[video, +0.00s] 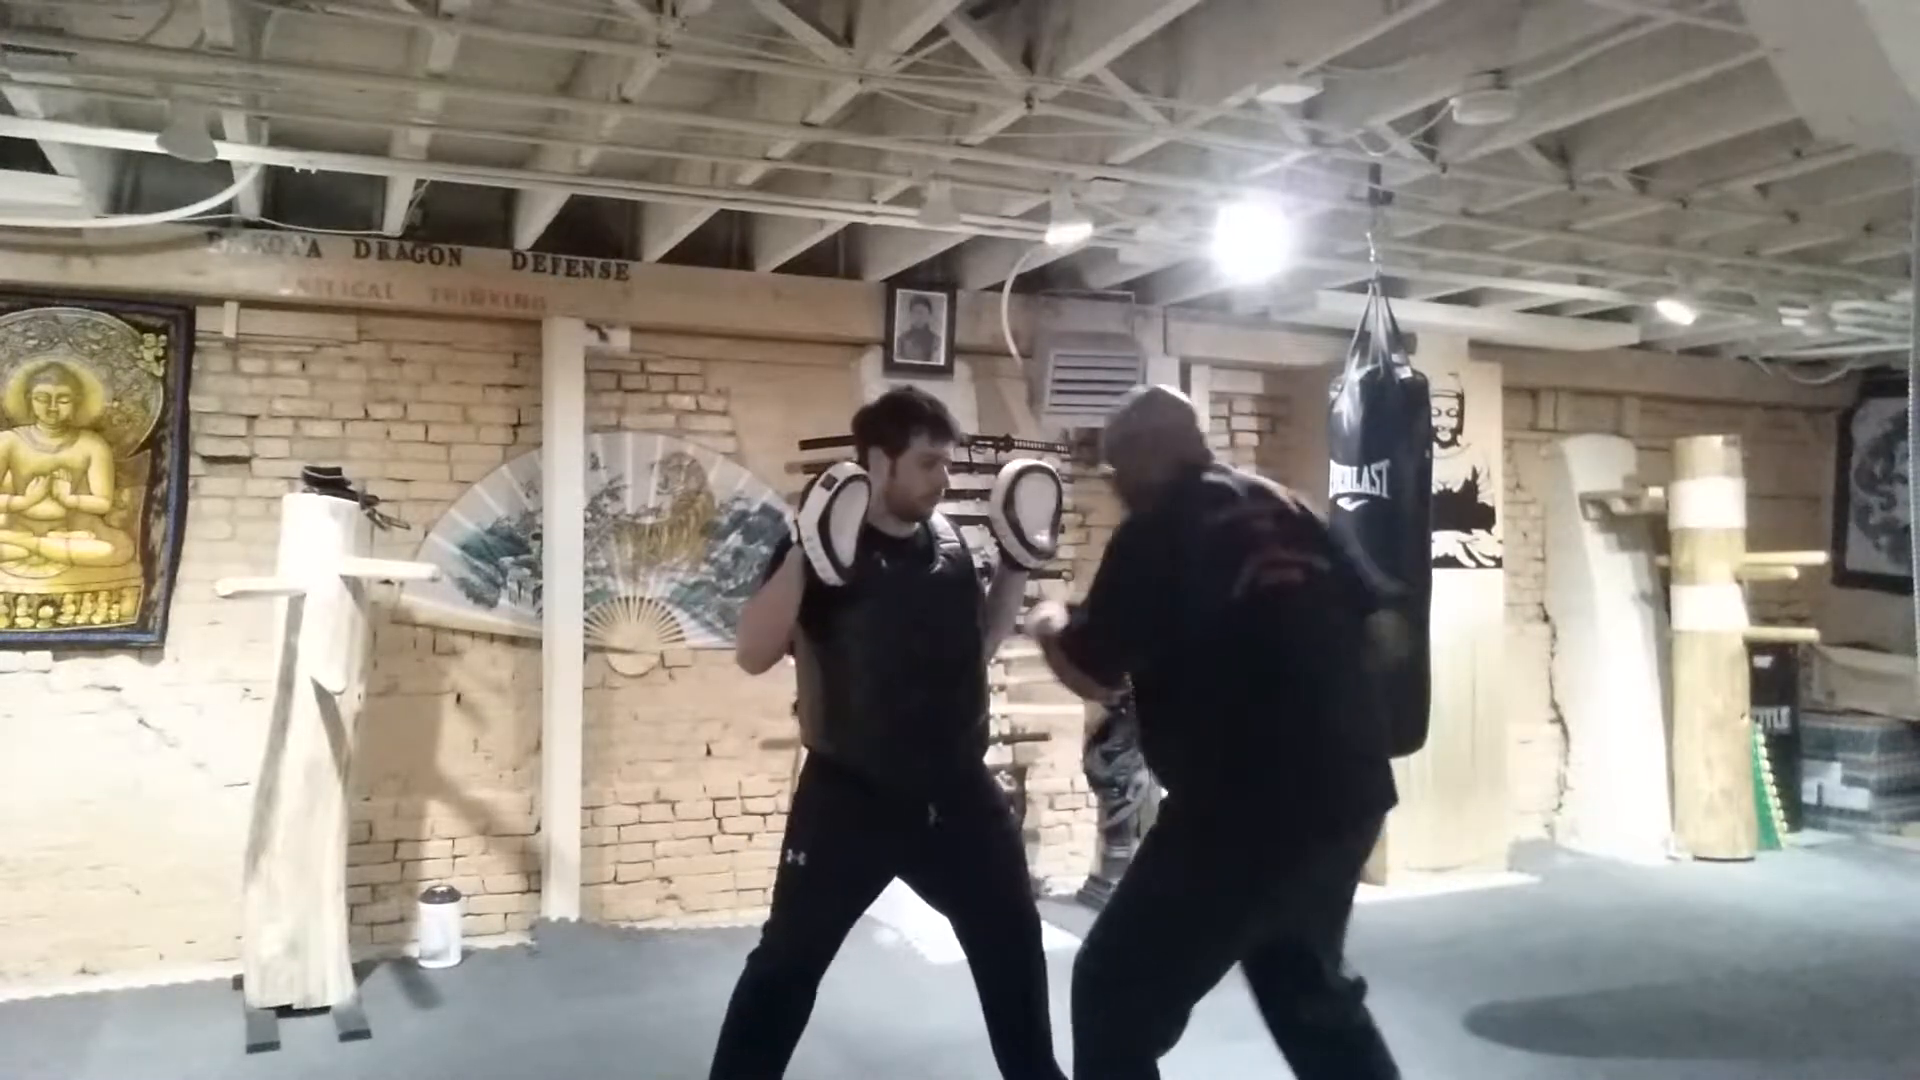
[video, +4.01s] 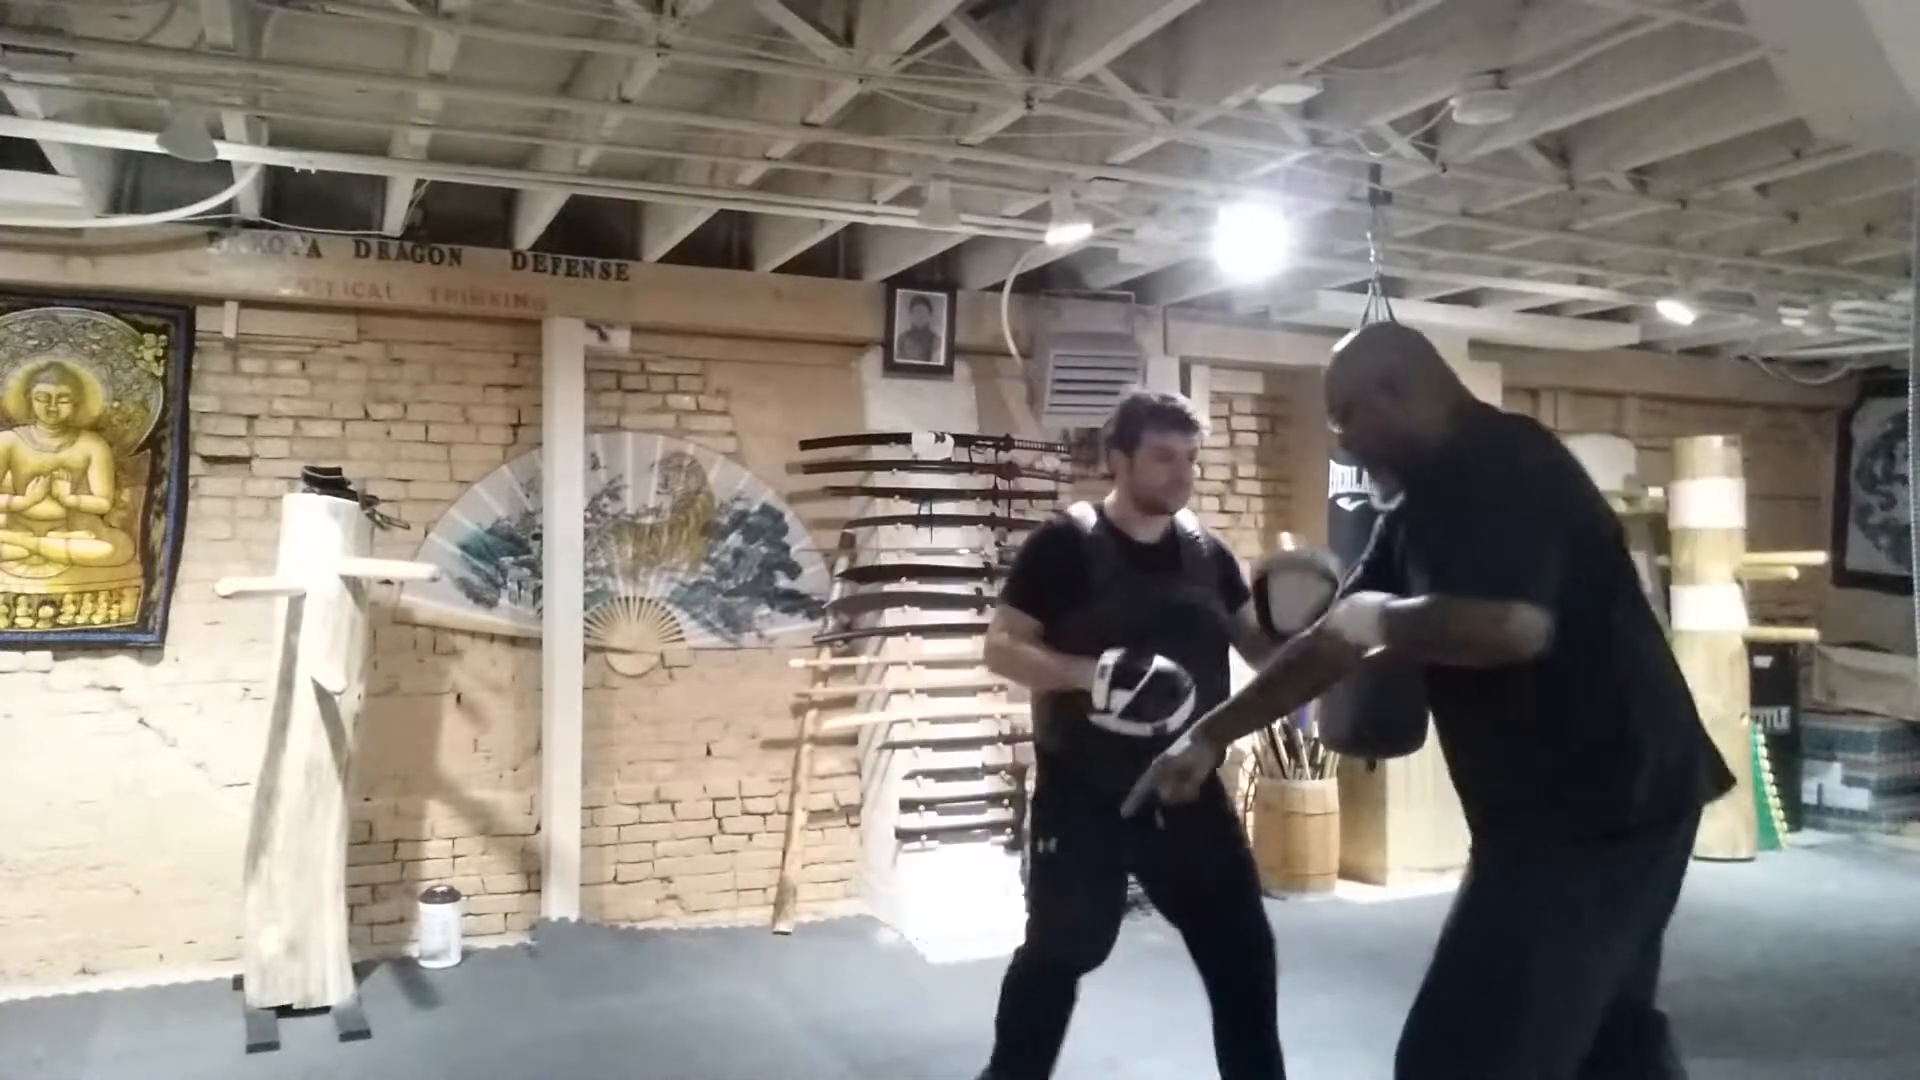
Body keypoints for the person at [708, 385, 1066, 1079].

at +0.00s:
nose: (944, 480)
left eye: (948, 464)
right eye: (931, 463)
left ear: (945, 463)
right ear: (877, 462)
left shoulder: (952, 539)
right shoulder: (815, 545)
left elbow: (977, 645)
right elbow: (753, 652)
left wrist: (1016, 562)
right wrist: (808, 551)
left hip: (954, 794)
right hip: (848, 797)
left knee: (1013, 946)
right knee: (786, 966)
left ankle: (1035, 1077)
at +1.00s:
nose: (1002, 459)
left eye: (1006, 446)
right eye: (992, 443)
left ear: (997, 453)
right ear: (943, 441)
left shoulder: (999, 533)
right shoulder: (897, 517)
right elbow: (898, 596)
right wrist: (980, 505)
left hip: (998, 788)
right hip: (904, 789)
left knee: (1054, 957)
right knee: (830, 959)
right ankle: (732, 1076)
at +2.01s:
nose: (935, 484)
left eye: (939, 467)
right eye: (926, 465)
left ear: (889, 464)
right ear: (874, 459)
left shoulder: (909, 553)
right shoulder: (800, 535)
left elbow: (930, 632)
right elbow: (802, 648)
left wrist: (997, 598)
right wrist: (915, 586)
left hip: (913, 803)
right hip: (813, 805)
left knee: (978, 966)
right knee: (753, 981)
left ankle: (1007, 1079)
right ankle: (687, 1079)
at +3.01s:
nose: (920, 452)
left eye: (921, 438)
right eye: (905, 436)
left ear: (883, 446)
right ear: (855, 440)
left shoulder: (913, 539)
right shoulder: (789, 524)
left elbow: (943, 632)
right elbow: (758, 636)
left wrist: (981, 626)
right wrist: (880, 593)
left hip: (917, 788)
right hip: (810, 793)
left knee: (984, 947)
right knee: (748, 970)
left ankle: (1021, 1069)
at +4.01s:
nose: (1184, 471)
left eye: (1191, 457)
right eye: (1167, 457)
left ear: (1195, 461)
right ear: (1120, 458)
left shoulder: (1211, 555)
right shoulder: (1064, 545)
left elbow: (1262, 649)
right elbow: (1000, 649)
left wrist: (1297, 622)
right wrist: (1091, 676)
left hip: (1188, 793)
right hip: (1080, 795)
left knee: (1245, 961)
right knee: (1057, 955)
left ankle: (1258, 1079)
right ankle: (1010, 1077)